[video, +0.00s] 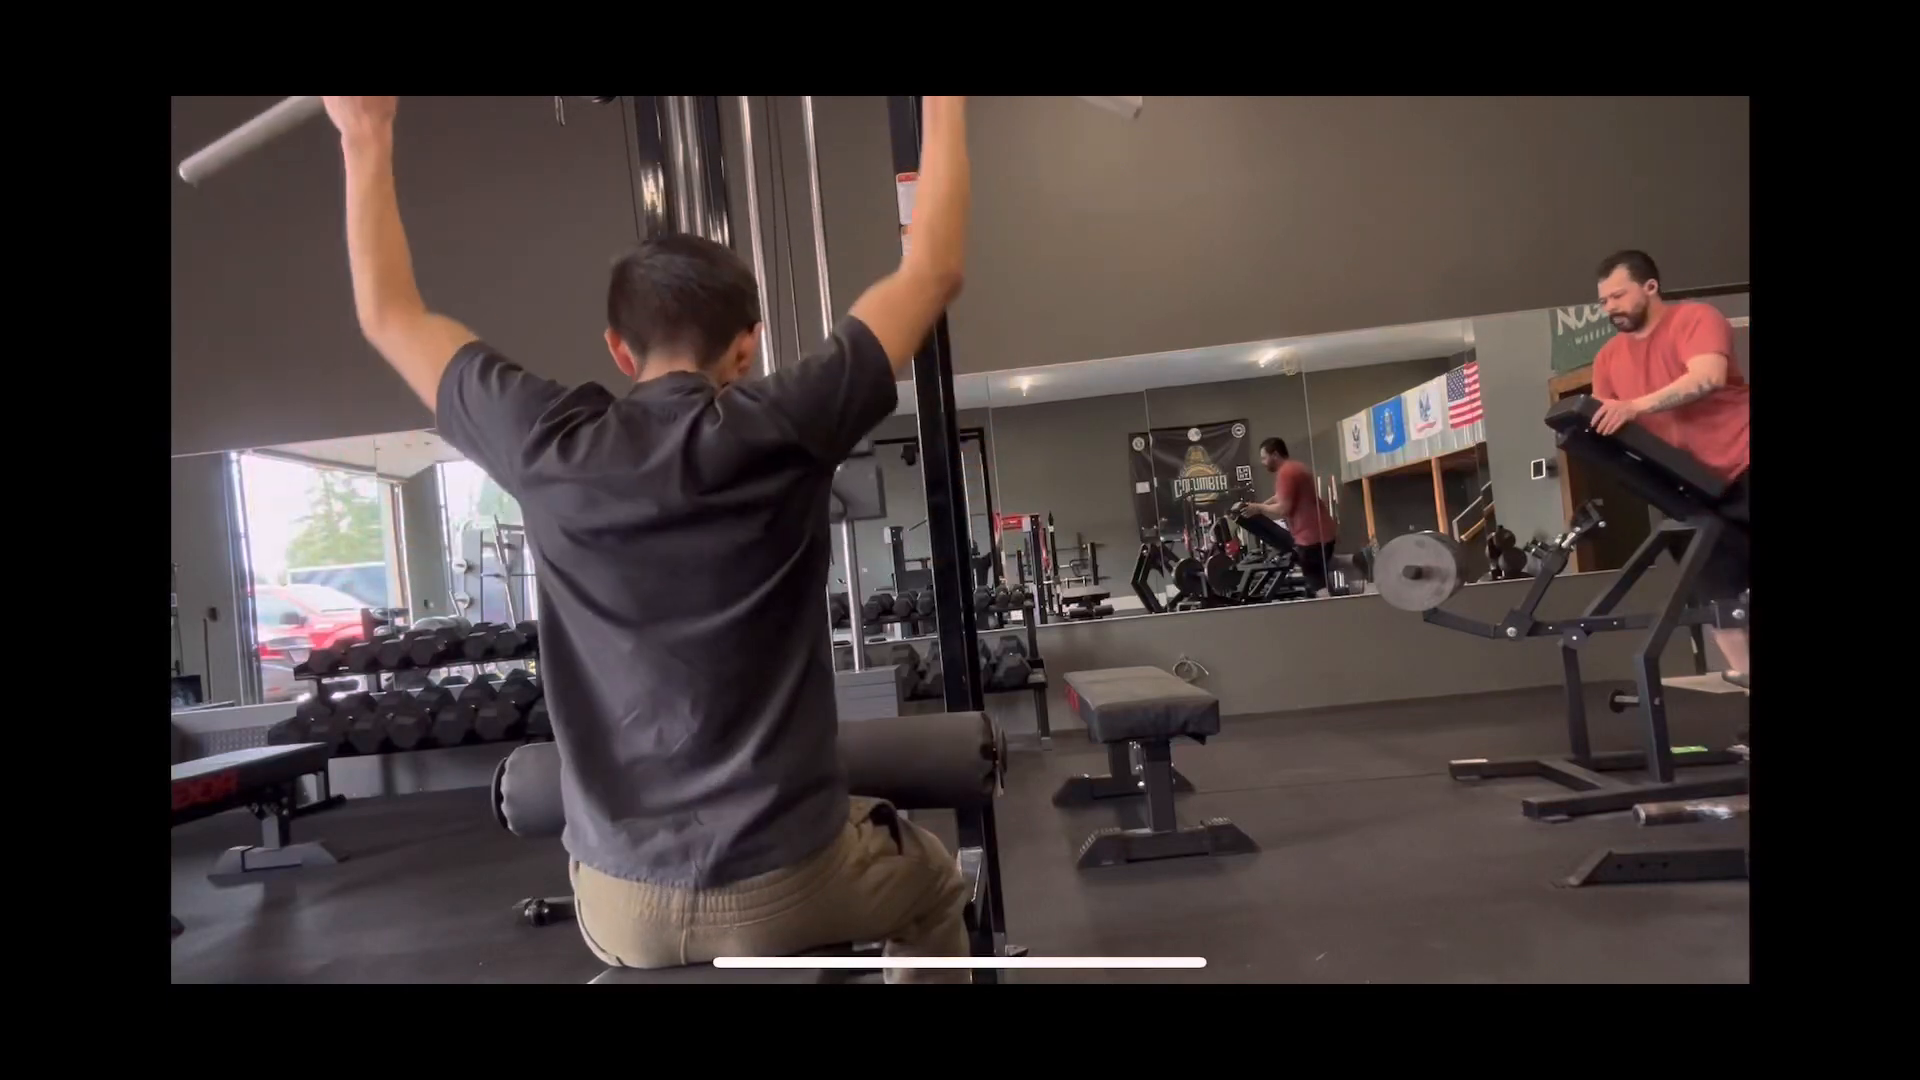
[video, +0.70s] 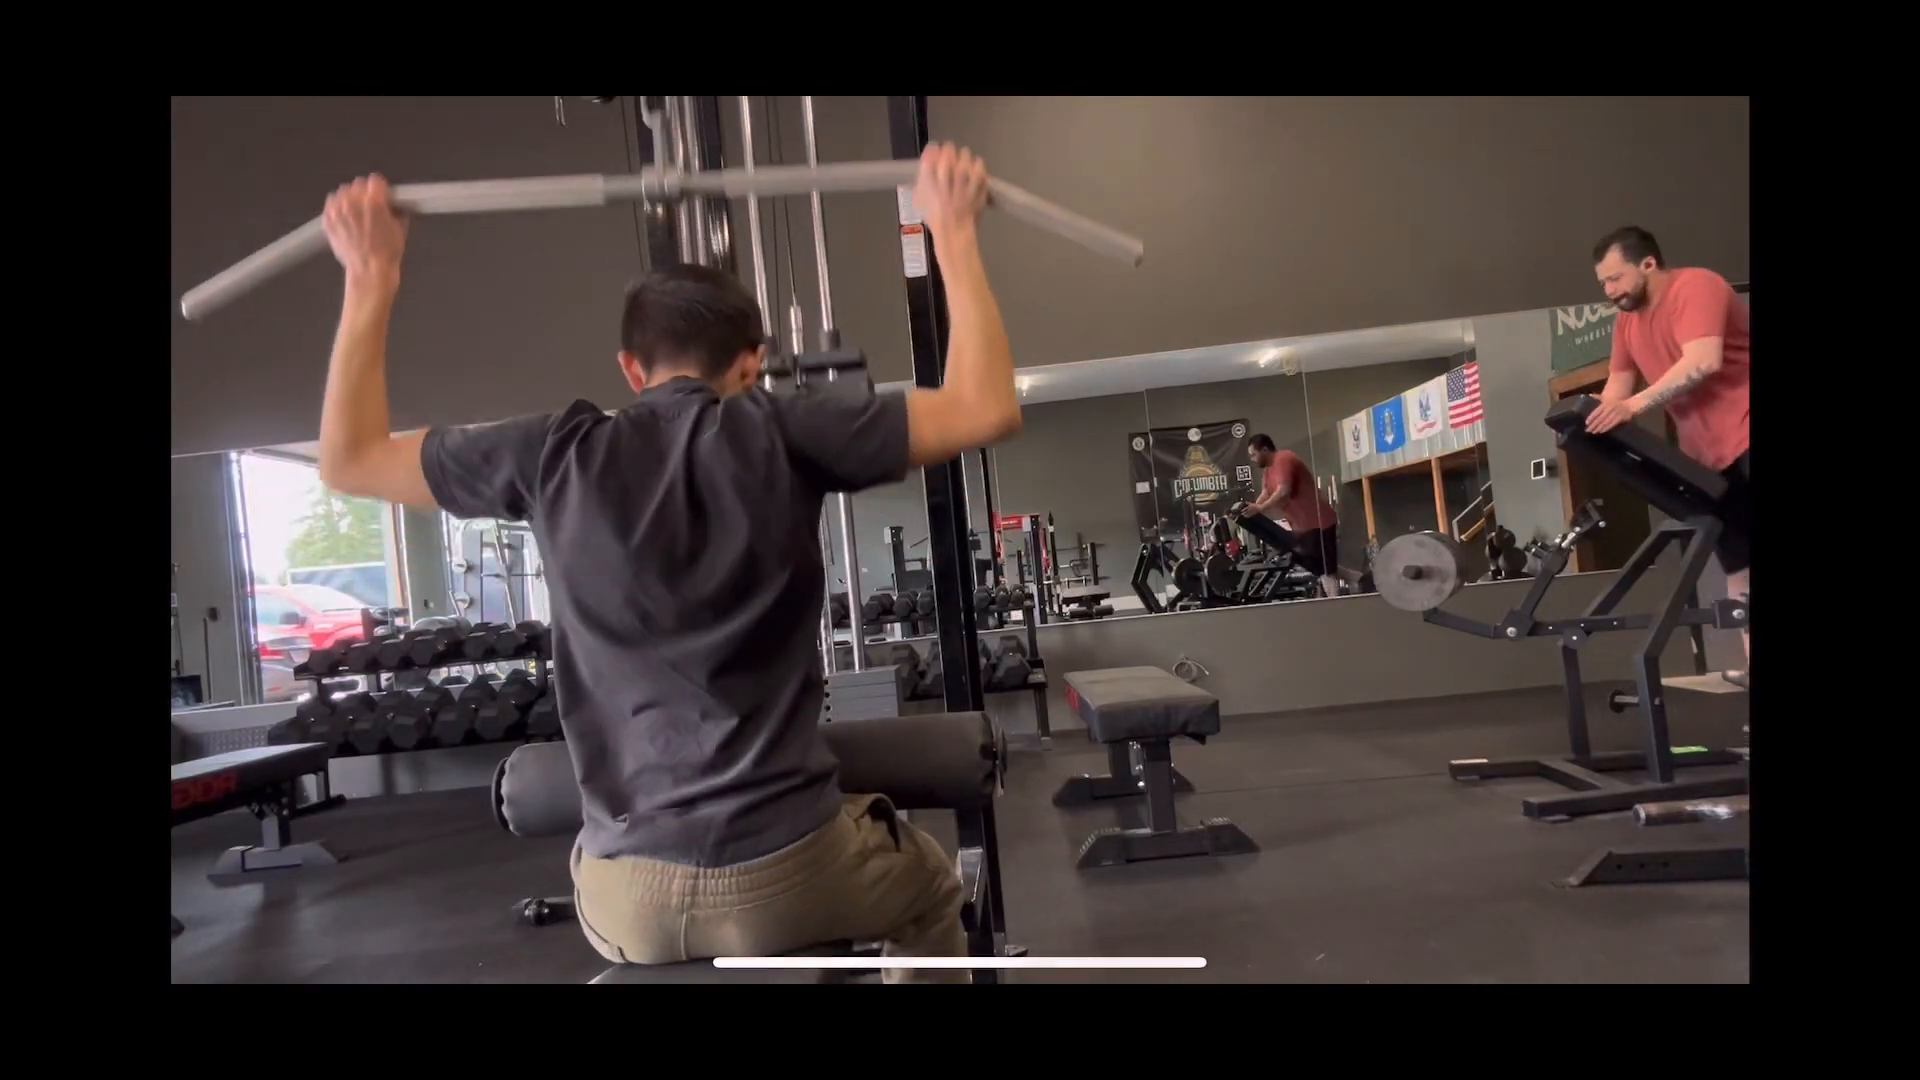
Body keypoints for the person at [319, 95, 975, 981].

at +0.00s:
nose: (758, 355)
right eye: (755, 340)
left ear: (619, 352)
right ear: (746, 346)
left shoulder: (545, 438)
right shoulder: (785, 423)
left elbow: (389, 314)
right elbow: (933, 272)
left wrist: (364, 139)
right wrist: (945, 102)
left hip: (617, 903)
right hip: (784, 893)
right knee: (932, 883)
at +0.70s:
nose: (762, 382)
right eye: (762, 368)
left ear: (629, 369)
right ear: (751, 365)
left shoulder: (552, 453)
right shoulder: (781, 431)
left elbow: (347, 458)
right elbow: (986, 408)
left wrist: (367, 278)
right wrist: (956, 231)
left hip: (619, 888)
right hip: (787, 879)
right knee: (931, 893)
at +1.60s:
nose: (773, 361)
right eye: (772, 346)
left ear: (636, 358)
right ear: (761, 354)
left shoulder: (562, 434)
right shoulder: (795, 419)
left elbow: (396, 328)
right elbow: (950, 286)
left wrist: (378, 150)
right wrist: (951, 108)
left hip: (628, 896)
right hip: (795, 889)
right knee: (934, 893)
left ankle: (630, 968)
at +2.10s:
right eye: (722, 290)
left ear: (570, 320)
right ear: (716, 311)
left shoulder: (513, 459)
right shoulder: (766, 438)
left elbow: (332, 386)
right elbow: (968, 349)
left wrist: (348, 204)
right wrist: (955, 165)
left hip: (613, 915)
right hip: (776, 899)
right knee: (924, 881)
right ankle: (927, 979)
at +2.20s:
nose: (717, 307)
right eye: (716, 290)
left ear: (560, 322)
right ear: (710, 310)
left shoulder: (511, 473)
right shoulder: (763, 448)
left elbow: (328, 474)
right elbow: (983, 431)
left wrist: (351, 293)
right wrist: (959, 245)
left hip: (618, 916)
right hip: (784, 898)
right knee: (932, 886)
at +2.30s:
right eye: (712, 294)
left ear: (553, 330)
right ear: (703, 315)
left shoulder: (512, 489)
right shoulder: (766, 461)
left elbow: (334, 564)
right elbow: (984, 516)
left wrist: (361, 380)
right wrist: (965, 335)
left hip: (617, 915)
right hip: (785, 900)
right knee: (932, 885)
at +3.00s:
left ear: (511, 351)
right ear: (680, 327)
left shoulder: (491, 490)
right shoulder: (761, 458)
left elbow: (341, 418)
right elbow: (960, 380)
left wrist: (351, 240)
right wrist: (960, 193)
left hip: (612, 924)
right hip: (780, 902)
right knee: (923, 864)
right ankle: (925, 977)